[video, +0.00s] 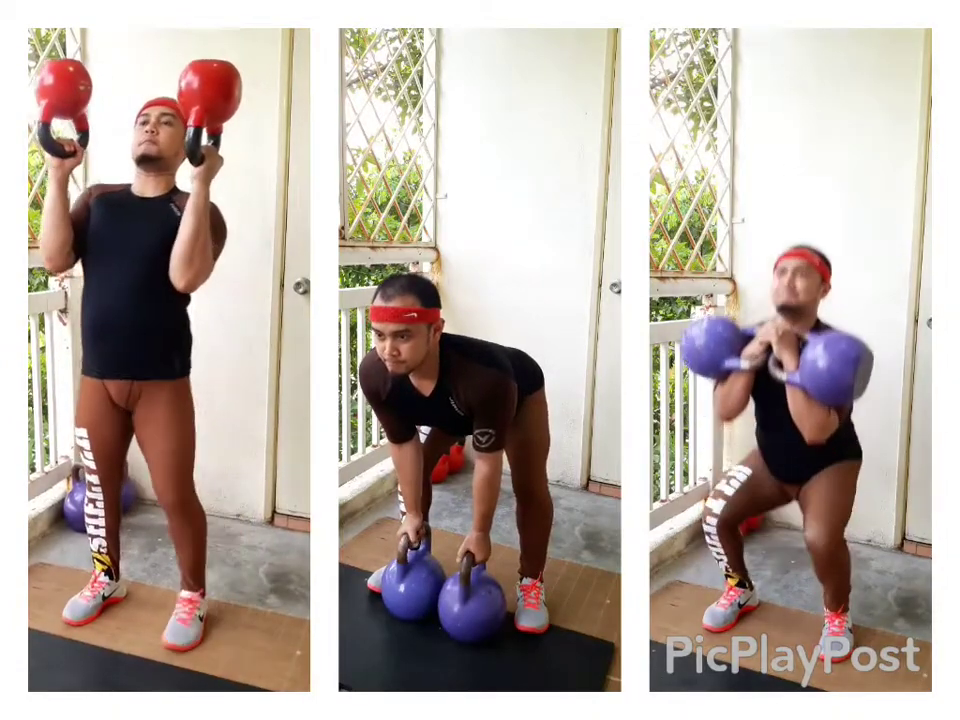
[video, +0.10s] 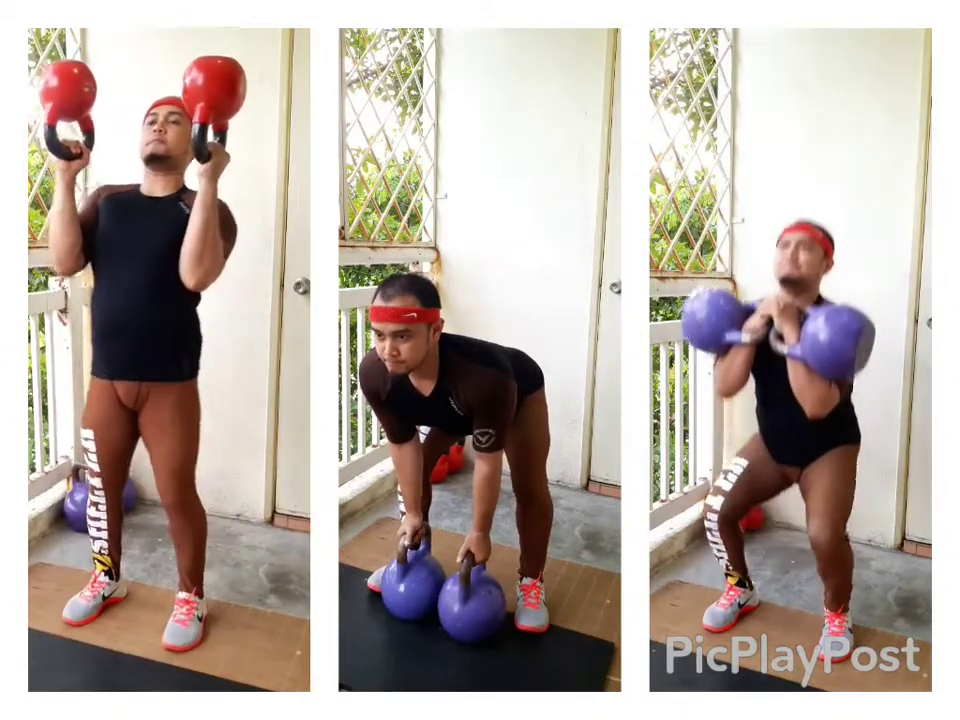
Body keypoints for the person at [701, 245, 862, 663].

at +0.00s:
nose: (790, 280)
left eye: (802, 274)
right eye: (783, 272)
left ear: (823, 290)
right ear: (771, 283)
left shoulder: (833, 347)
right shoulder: (753, 339)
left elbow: (817, 431)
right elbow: (725, 412)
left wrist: (790, 362)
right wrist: (751, 358)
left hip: (831, 461)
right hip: (774, 458)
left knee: (821, 538)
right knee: (721, 517)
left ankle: (837, 615)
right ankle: (740, 588)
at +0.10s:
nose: (792, 254)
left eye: (805, 248)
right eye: (786, 246)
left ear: (825, 265)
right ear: (774, 258)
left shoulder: (833, 324)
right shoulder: (755, 317)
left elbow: (818, 404)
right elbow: (726, 387)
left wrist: (792, 336)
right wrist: (750, 334)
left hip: (829, 446)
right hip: (774, 442)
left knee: (824, 535)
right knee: (722, 512)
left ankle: (836, 614)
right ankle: (740, 586)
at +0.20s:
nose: (795, 226)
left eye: (808, 221)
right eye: (788, 218)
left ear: (829, 238)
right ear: (777, 231)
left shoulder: (835, 299)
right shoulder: (756, 291)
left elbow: (819, 376)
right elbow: (729, 359)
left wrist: (793, 307)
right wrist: (751, 306)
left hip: (829, 433)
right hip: (773, 427)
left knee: (829, 531)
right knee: (727, 505)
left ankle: (837, 615)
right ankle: (740, 587)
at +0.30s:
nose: (798, 200)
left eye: (812, 195)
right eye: (792, 192)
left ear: (832, 214)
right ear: (779, 206)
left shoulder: (840, 272)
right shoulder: (757, 265)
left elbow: (822, 348)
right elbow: (729, 332)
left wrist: (796, 276)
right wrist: (755, 273)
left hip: (830, 419)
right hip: (771, 413)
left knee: (833, 521)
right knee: (734, 496)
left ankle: (837, 613)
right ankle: (739, 585)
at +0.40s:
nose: (801, 177)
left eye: (815, 173)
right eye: (795, 172)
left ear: (838, 194)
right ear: (784, 190)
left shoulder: (844, 251)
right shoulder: (760, 246)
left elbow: (824, 322)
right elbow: (731, 312)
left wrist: (800, 250)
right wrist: (761, 248)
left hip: (827, 408)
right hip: (767, 403)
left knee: (831, 514)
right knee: (742, 496)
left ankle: (837, 612)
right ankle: (739, 586)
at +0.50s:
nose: (805, 173)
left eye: (819, 168)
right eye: (799, 168)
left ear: (843, 188)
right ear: (788, 184)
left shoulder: (847, 246)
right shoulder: (763, 238)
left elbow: (827, 313)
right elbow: (731, 304)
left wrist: (802, 240)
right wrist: (765, 239)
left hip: (819, 404)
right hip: (761, 398)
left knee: (827, 511)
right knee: (750, 501)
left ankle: (836, 611)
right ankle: (740, 586)